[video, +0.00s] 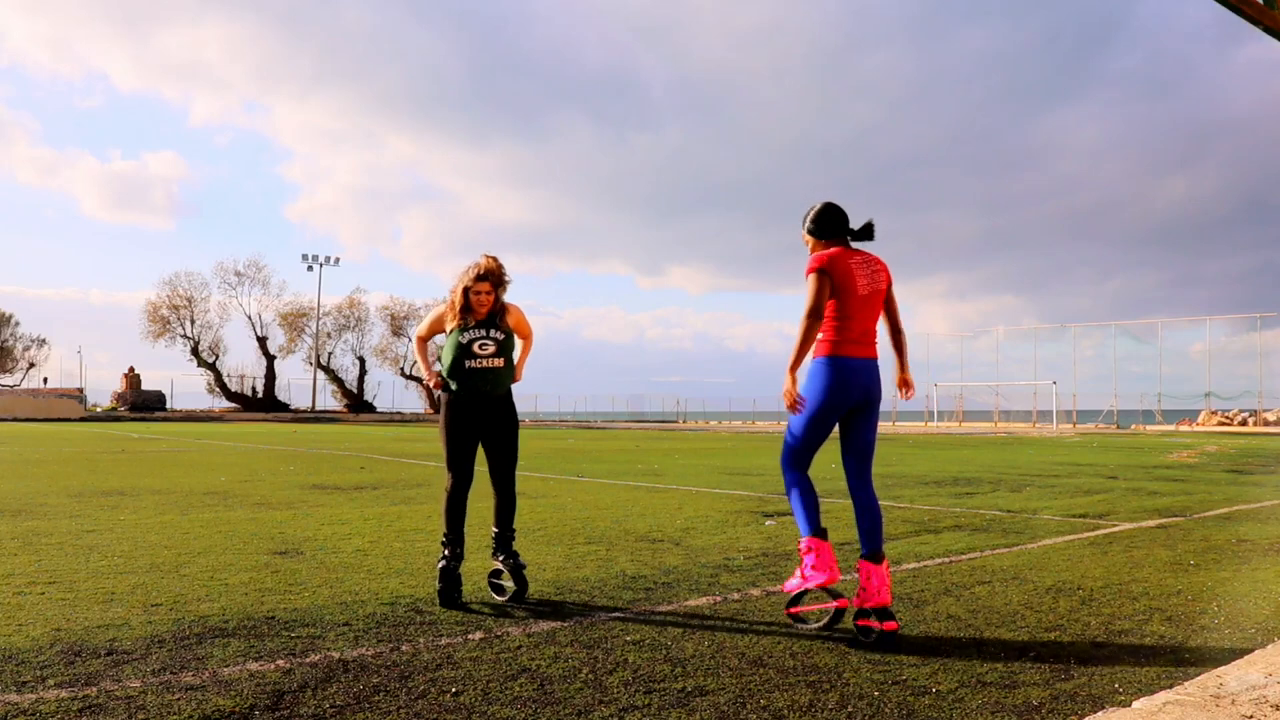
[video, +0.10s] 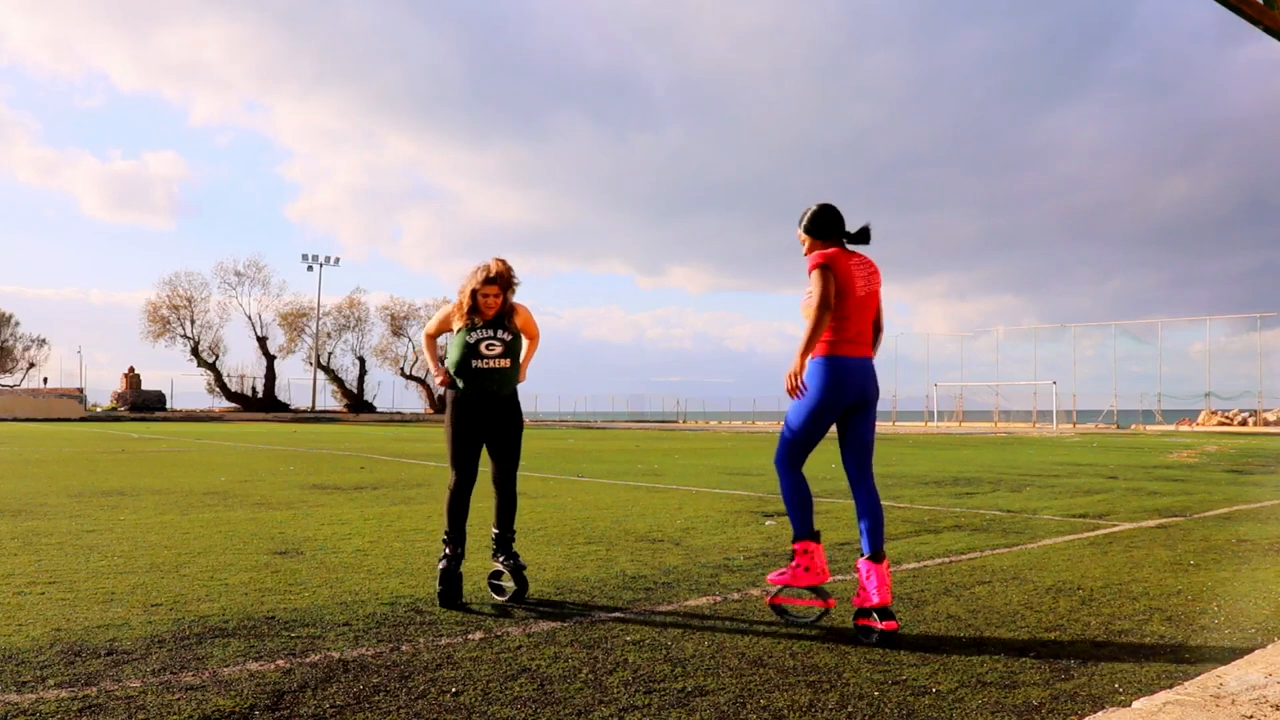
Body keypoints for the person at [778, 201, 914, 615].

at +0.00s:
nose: (806, 247)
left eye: (806, 241)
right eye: (805, 241)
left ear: (815, 237)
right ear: (843, 232)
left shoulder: (822, 261)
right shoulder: (877, 265)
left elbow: (814, 316)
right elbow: (895, 327)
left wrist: (791, 371)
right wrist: (903, 367)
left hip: (829, 373)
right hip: (868, 375)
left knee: (792, 462)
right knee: (860, 478)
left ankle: (816, 558)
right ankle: (875, 582)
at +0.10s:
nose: (800, 245)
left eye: (801, 238)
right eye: (799, 239)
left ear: (810, 236)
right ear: (839, 234)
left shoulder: (820, 258)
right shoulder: (867, 265)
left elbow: (821, 303)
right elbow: (877, 329)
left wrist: (799, 358)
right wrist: (857, 366)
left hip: (828, 371)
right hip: (864, 374)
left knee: (787, 460)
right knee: (862, 477)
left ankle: (808, 559)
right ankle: (876, 578)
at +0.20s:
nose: (795, 247)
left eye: (796, 240)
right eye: (795, 240)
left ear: (806, 238)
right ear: (835, 236)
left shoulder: (818, 261)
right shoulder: (859, 268)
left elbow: (825, 306)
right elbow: (863, 327)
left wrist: (801, 360)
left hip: (827, 375)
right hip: (859, 376)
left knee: (785, 464)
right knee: (862, 479)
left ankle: (801, 561)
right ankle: (876, 577)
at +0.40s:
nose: (777, 252)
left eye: (780, 245)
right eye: (777, 245)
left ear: (793, 243)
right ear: (813, 242)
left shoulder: (802, 272)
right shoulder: (831, 274)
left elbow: (819, 325)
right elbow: (812, 329)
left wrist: (804, 383)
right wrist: (780, 321)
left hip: (810, 381)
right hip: (838, 380)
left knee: (783, 472)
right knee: (835, 477)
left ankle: (795, 567)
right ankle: (868, 571)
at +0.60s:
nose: (765, 251)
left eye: (769, 244)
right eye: (764, 244)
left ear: (786, 244)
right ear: (794, 243)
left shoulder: (798, 274)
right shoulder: (799, 273)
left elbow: (820, 330)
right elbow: (797, 336)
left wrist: (784, 376)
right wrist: (773, 375)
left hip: (798, 381)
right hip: (808, 379)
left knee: (783, 470)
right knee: (789, 468)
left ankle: (796, 567)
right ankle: (836, 540)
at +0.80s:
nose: (758, 251)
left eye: (763, 245)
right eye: (757, 244)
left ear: (783, 244)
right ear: (770, 243)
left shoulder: (800, 273)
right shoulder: (779, 276)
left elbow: (826, 326)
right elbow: (782, 334)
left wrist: (796, 355)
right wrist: (766, 379)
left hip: (793, 378)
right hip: (774, 378)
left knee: (782, 469)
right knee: (749, 463)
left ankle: (795, 564)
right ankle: (801, 535)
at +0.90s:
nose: (754, 252)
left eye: (760, 246)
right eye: (754, 246)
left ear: (780, 246)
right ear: (759, 245)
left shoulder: (799, 275)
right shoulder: (763, 277)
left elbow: (827, 313)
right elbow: (769, 328)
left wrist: (836, 330)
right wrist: (760, 368)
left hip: (791, 379)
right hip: (764, 378)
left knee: (781, 470)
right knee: (750, 467)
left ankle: (797, 563)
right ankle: (769, 545)